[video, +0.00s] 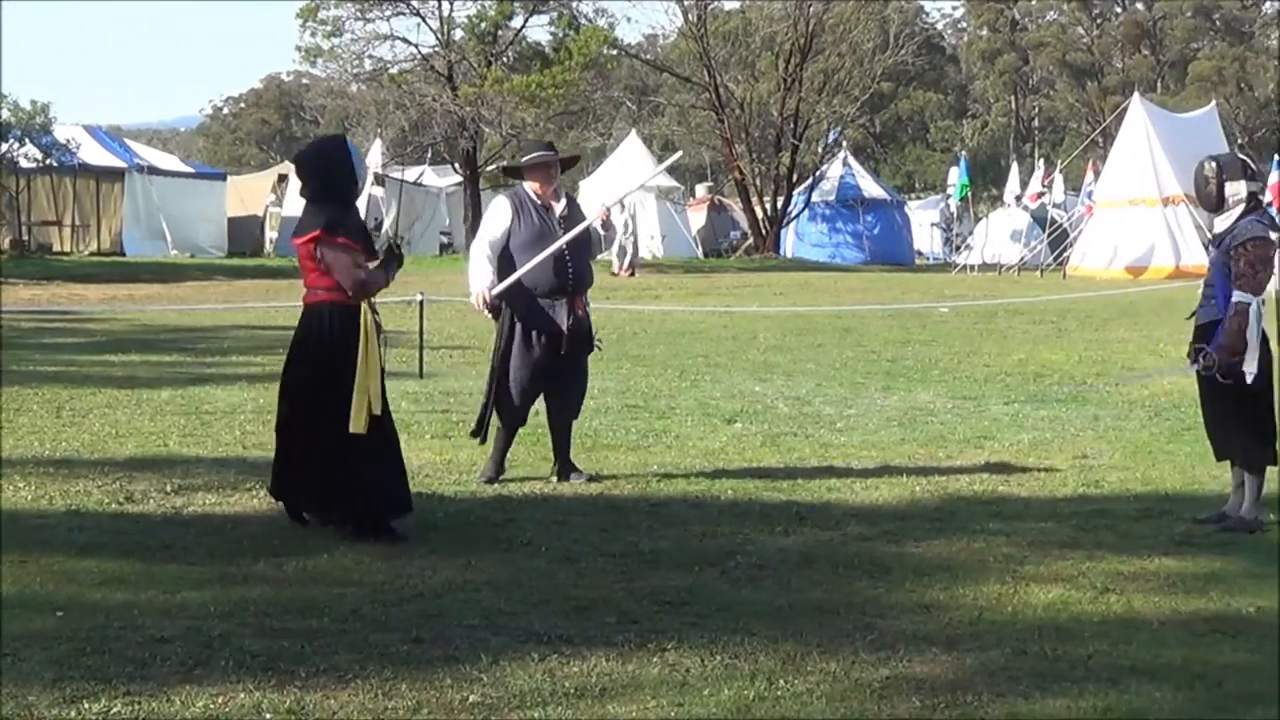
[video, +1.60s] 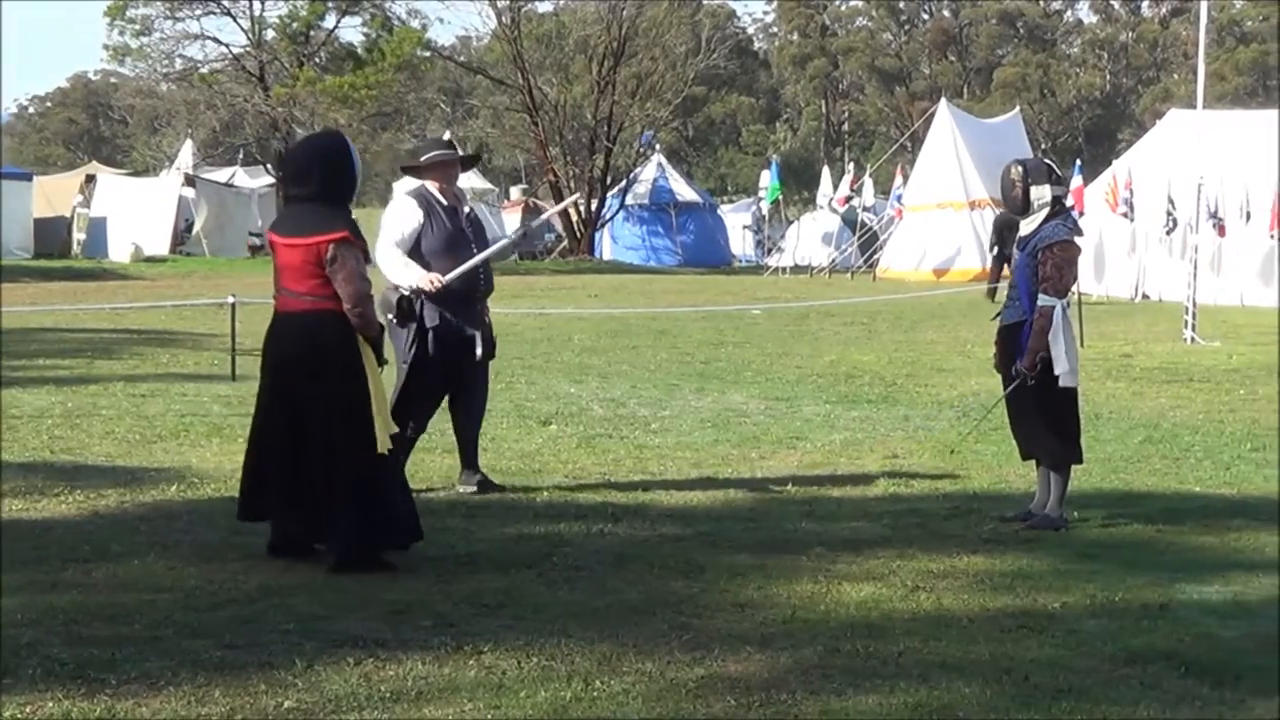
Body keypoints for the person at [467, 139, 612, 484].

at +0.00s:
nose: (548, 173)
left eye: (552, 167)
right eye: (540, 168)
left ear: (560, 169)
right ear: (525, 173)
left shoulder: (569, 203)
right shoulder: (508, 205)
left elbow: (590, 250)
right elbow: (483, 247)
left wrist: (600, 228)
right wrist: (481, 283)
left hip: (571, 307)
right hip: (527, 307)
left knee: (565, 390)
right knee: (518, 389)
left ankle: (564, 464)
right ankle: (495, 461)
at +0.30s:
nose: (508, 175)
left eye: (513, 168)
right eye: (500, 170)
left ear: (524, 170)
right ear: (489, 174)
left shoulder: (538, 207)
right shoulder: (471, 205)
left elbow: (560, 258)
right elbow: (443, 247)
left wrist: (565, 236)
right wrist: (428, 285)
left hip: (533, 306)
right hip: (491, 307)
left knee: (529, 383)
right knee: (497, 383)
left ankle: (512, 460)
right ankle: (496, 460)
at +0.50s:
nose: (488, 176)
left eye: (493, 168)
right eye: (480, 171)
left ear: (501, 169)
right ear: (466, 174)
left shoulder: (514, 205)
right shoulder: (448, 207)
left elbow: (535, 255)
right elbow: (419, 247)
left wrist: (541, 239)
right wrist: (402, 285)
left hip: (512, 307)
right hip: (472, 310)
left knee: (507, 387)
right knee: (487, 388)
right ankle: (489, 468)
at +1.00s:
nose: (450, 173)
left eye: (453, 166)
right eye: (442, 168)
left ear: (459, 167)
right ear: (426, 171)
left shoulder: (465, 202)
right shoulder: (408, 206)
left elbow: (484, 250)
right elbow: (385, 254)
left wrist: (502, 238)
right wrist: (392, 289)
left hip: (468, 309)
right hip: (429, 311)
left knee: (472, 384)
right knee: (437, 387)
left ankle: (435, 447)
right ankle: (440, 466)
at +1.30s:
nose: (439, 172)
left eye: (441, 166)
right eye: (431, 167)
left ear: (445, 168)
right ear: (413, 170)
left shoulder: (447, 203)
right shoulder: (395, 205)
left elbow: (464, 247)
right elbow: (381, 255)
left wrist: (491, 239)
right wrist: (417, 272)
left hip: (453, 316)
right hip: (414, 319)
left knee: (461, 398)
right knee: (411, 401)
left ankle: (480, 469)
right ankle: (407, 475)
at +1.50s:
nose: (447, 171)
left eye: (449, 164)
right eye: (440, 165)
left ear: (453, 167)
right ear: (423, 169)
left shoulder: (458, 205)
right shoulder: (403, 206)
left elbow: (473, 257)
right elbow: (385, 252)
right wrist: (422, 274)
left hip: (463, 316)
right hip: (424, 316)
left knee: (469, 399)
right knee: (412, 403)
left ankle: (473, 470)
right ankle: (392, 478)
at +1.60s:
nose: (451, 170)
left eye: (453, 163)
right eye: (443, 164)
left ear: (459, 166)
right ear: (426, 169)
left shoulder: (467, 206)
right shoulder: (408, 205)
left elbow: (497, 249)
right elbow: (386, 252)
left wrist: (520, 225)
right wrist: (418, 275)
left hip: (472, 314)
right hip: (430, 314)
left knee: (471, 399)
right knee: (419, 401)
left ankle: (470, 472)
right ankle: (390, 472)